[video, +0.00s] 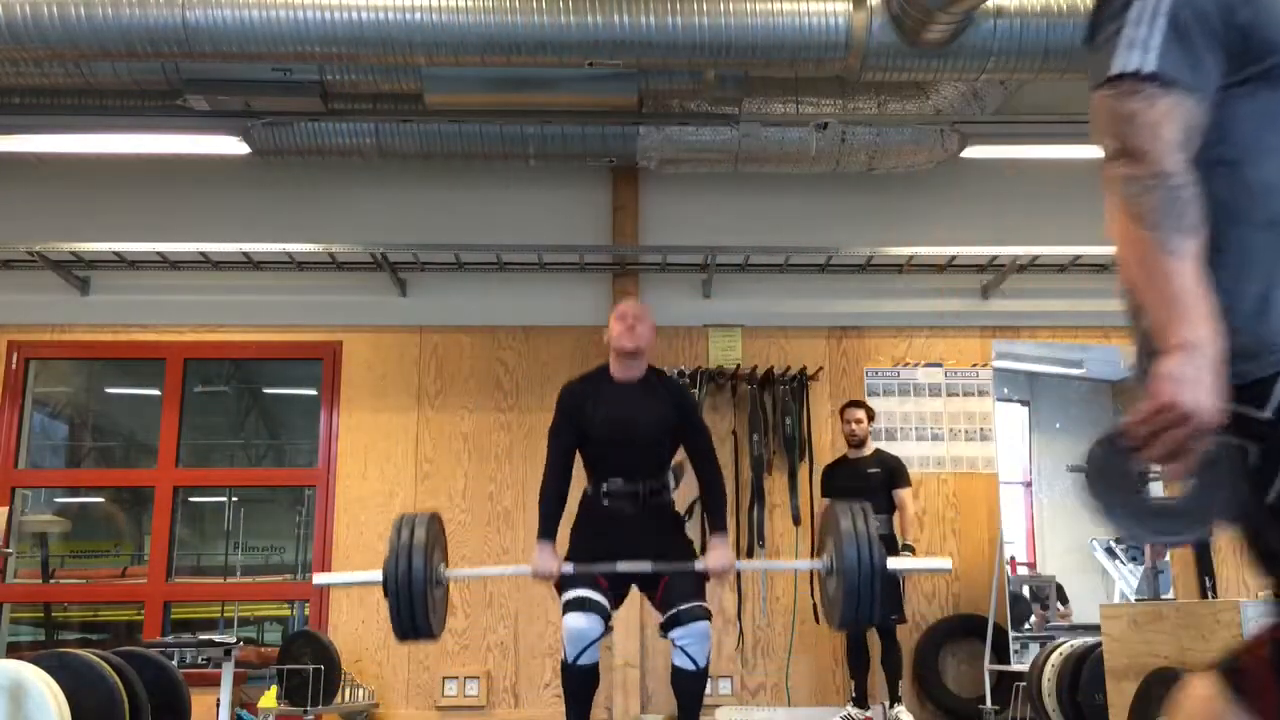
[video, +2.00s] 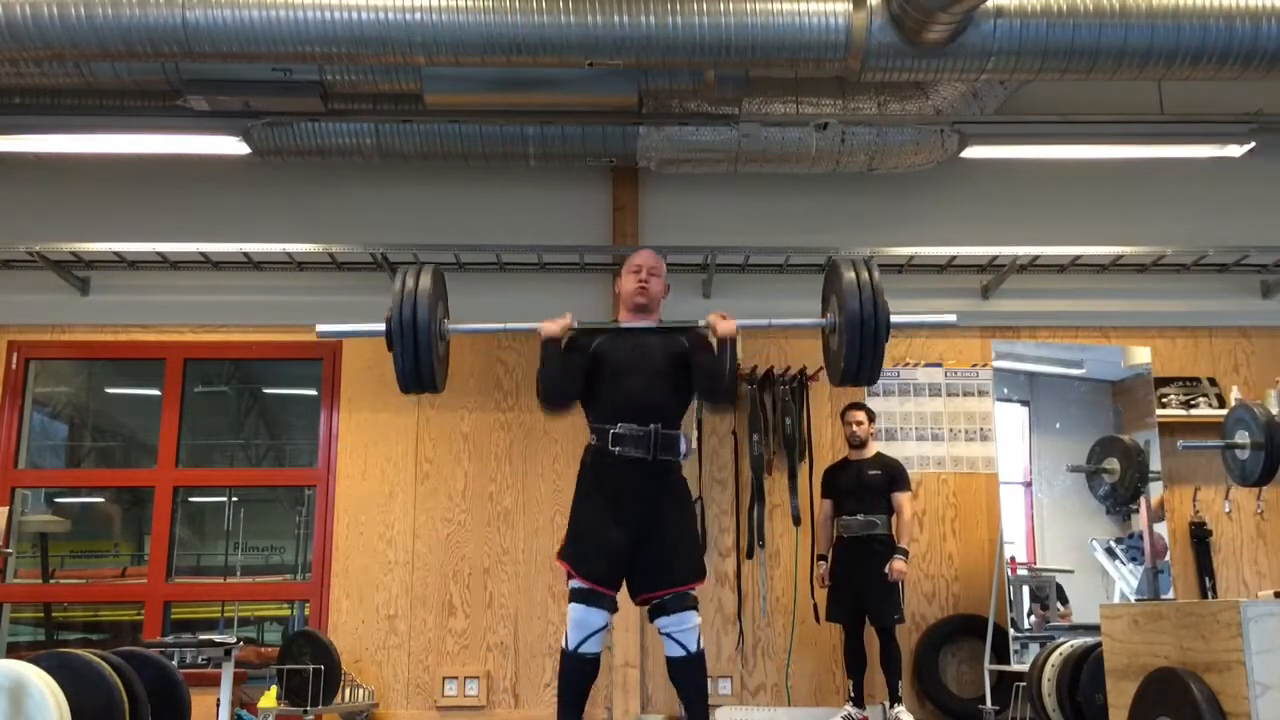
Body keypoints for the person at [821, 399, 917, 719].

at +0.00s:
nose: (853, 427)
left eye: (859, 421)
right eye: (848, 422)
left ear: (869, 424)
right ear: (841, 426)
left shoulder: (889, 463)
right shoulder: (831, 470)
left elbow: (906, 506)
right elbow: (823, 513)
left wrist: (907, 546)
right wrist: (818, 551)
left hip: (882, 555)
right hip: (846, 556)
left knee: (886, 629)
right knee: (854, 630)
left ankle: (895, 704)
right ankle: (859, 704)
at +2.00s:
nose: (853, 429)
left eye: (859, 423)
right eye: (848, 424)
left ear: (872, 427)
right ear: (842, 429)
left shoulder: (890, 467)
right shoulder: (832, 472)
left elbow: (905, 513)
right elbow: (825, 518)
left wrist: (901, 554)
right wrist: (822, 559)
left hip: (881, 558)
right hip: (846, 560)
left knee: (886, 631)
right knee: (852, 632)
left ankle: (895, 704)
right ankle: (856, 705)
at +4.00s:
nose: (853, 432)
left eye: (859, 426)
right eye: (848, 426)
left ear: (870, 429)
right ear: (841, 429)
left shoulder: (888, 466)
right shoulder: (830, 471)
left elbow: (904, 510)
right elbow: (821, 516)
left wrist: (899, 552)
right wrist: (819, 555)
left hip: (879, 556)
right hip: (845, 557)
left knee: (885, 630)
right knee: (851, 633)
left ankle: (896, 703)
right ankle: (857, 705)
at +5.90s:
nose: (852, 433)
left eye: (857, 427)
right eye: (846, 428)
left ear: (869, 426)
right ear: (840, 430)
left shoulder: (889, 460)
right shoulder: (831, 467)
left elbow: (918, 499)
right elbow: (820, 508)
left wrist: (901, 532)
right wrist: (827, 536)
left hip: (879, 556)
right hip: (844, 558)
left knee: (885, 631)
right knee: (852, 632)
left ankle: (896, 704)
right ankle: (858, 707)